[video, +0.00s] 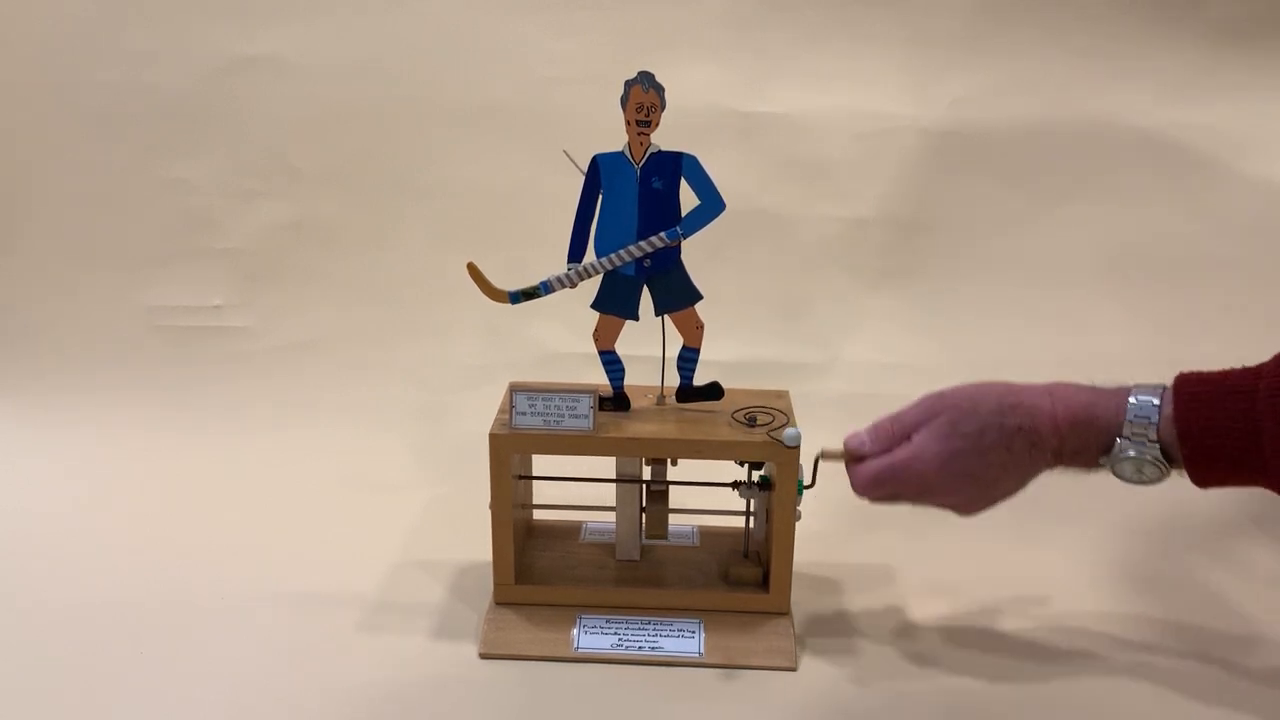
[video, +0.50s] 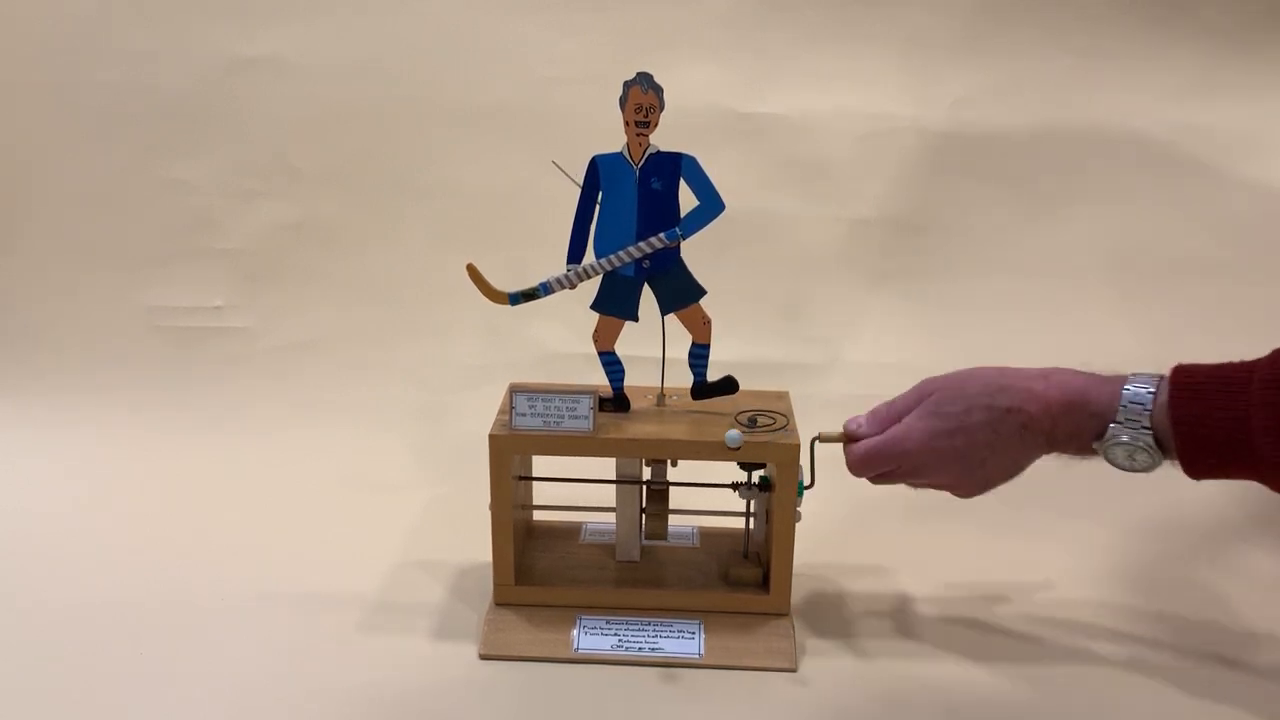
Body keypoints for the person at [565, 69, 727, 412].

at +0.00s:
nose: (645, 113)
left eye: (652, 108)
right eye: (638, 106)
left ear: (661, 115)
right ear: (624, 112)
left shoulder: (678, 163)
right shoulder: (602, 165)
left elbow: (715, 204)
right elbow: (583, 218)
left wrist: (677, 234)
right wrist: (574, 266)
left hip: (664, 265)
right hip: (620, 267)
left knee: (694, 331)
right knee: (603, 337)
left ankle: (685, 390)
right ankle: (618, 395)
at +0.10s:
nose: (645, 113)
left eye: (652, 107)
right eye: (638, 106)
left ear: (661, 115)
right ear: (624, 111)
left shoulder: (678, 163)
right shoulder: (602, 165)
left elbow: (715, 204)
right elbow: (583, 218)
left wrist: (677, 234)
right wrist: (574, 266)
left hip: (664, 265)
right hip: (620, 267)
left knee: (696, 330)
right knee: (603, 338)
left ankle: (688, 389)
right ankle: (618, 395)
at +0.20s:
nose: (646, 114)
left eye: (653, 107)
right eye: (639, 106)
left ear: (661, 114)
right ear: (624, 112)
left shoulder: (678, 163)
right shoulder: (602, 165)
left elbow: (715, 204)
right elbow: (583, 218)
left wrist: (676, 234)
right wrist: (574, 266)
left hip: (665, 264)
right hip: (620, 266)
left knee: (698, 327)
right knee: (603, 338)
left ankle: (694, 386)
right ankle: (619, 396)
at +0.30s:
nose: (645, 115)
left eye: (652, 108)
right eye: (638, 107)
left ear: (661, 115)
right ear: (623, 112)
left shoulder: (678, 163)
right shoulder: (602, 165)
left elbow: (714, 205)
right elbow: (583, 219)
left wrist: (676, 234)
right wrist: (573, 266)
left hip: (665, 265)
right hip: (620, 267)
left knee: (699, 327)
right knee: (603, 338)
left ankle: (695, 386)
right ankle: (619, 395)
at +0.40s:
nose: (644, 116)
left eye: (651, 109)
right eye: (637, 108)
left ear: (660, 115)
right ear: (623, 112)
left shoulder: (678, 164)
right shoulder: (602, 165)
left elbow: (714, 205)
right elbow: (583, 219)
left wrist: (674, 235)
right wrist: (573, 267)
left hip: (664, 265)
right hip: (620, 267)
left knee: (700, 327)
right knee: (603, 339)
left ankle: (698, 386)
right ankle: (619, 396)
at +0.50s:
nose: (644, 116)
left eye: (651, 109)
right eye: (637, 108)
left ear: (660, 115)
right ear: (622, 112)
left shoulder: (678, 163)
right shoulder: (601, 165)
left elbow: (714, 205)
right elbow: (582, 220)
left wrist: (675, 235)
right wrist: (573, 267)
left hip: (665, 265)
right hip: (620, 267)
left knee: (701, 326)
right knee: (603, 339)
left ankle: (700, 385)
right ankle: (619, 396)